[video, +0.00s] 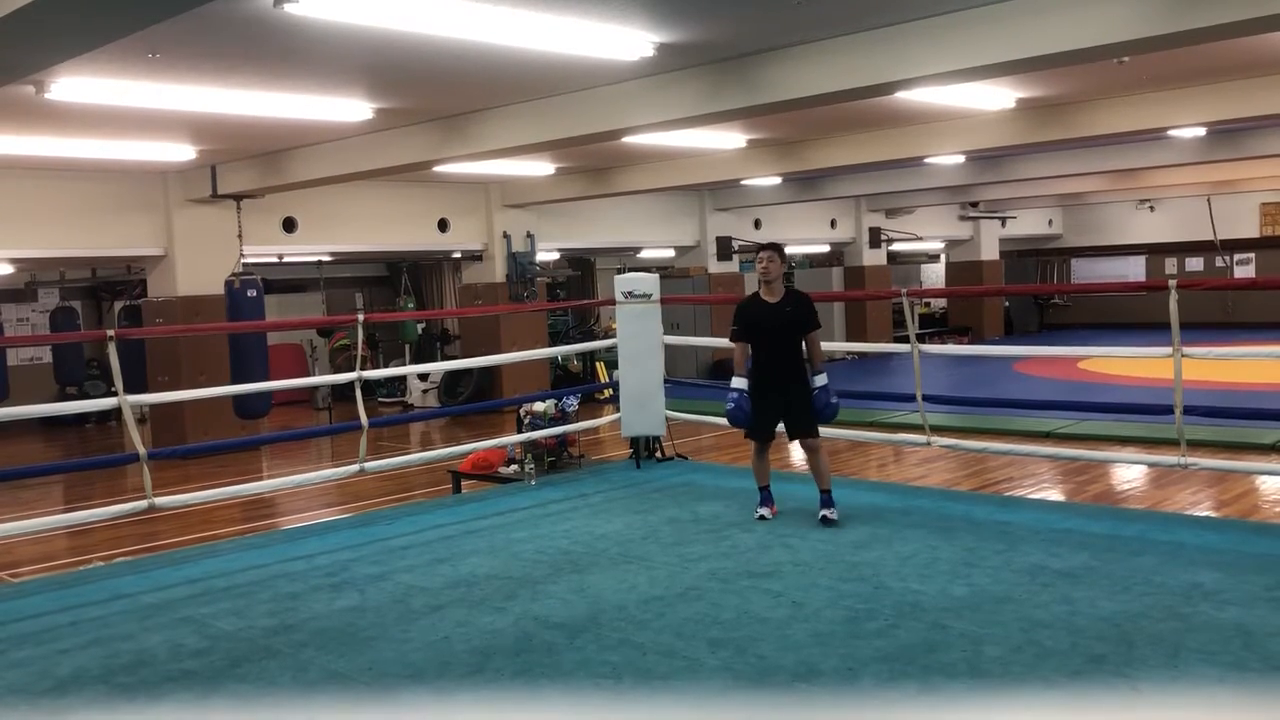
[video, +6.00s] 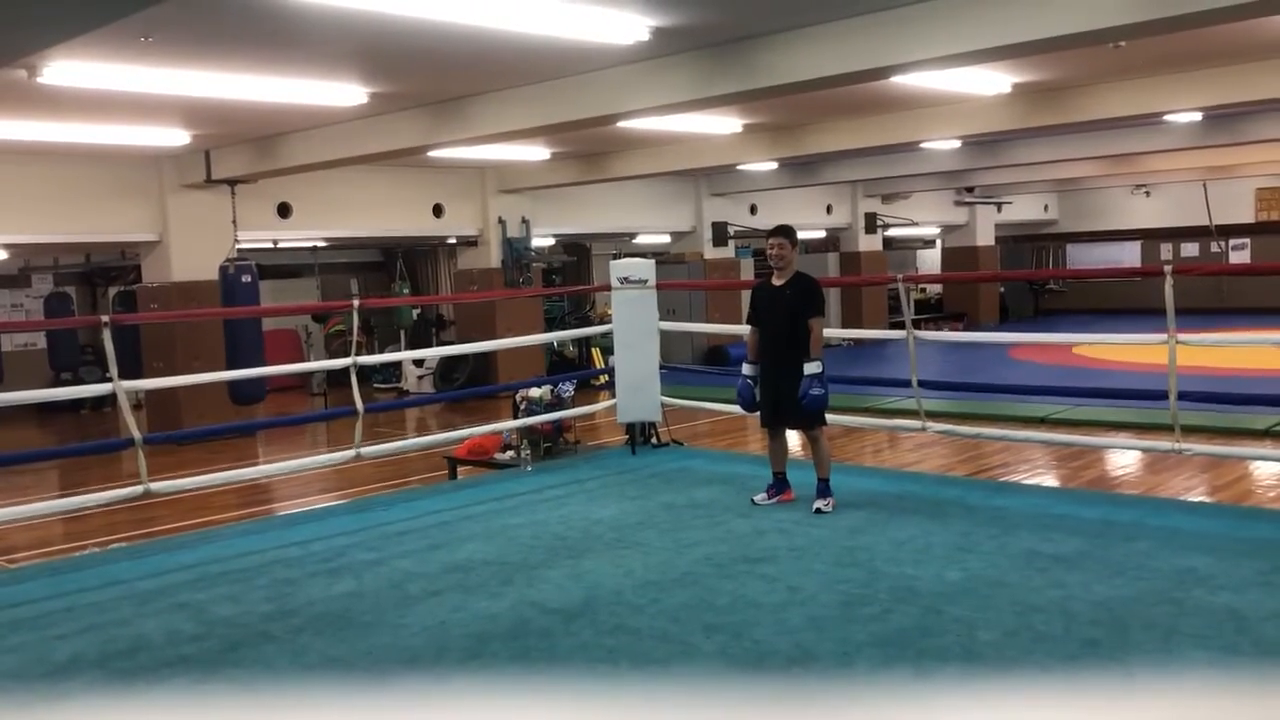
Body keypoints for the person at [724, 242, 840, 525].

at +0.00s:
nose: (764, 265)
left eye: (770, 261)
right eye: (760, 261)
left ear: (783, 266)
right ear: (756, 268)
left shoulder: (800, 301)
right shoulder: (746, 307)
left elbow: (813, 345)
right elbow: (740, 351)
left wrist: (821, 384)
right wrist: (737, 389)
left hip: (797, 385)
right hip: (761, 388)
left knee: (812, 443)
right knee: (760, 446)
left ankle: (827, 501)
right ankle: (765, 501)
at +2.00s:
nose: (769, 251)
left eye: (776, 246)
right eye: (766, 246)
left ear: (789, 252)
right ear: (761, 252)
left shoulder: (804, 288)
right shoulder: (756, 291)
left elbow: (816, 332)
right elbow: (748, 336)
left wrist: (818, 374)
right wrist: (742, 377)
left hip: (798, 375)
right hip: (766, 376)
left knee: (809, 434)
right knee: (768, 432)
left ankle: (817, 492)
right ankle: (773, 487)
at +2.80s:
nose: (777, 250)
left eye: (783, 245)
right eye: (772, 245)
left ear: (795, 249)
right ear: (767, 251)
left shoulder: (810, 284)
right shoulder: (761, 290)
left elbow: (820, 318)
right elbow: (754, 333)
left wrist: (810, 351)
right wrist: (750, 375)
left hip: (801, 367)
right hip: (770, 369)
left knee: (816, 431)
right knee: (775, 430)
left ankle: (825, 490)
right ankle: (781, 485)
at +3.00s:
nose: (778, 250)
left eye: (785, 245)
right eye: (774, 245)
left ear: (797, 250)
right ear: (769, 251)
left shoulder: (810, 281)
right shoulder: (762, 289)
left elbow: (812, 303)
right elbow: (755, 333)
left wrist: (795, 310)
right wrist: (750, 375)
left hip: (804, 370)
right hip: (773, 371)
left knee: (816, 431)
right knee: (776, 429)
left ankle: (826, 491)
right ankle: (781, 485)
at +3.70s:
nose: (775, 251)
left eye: (782, 246)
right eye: (772, 246)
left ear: (794, 249)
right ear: (766, 251)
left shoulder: (807, 283)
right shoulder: (763, 290)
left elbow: (810, 318)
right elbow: (759, 331)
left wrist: (799, 349)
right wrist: (756, 367)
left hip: (802, 365)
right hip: (771, 365)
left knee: (815, 427)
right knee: (775, 427)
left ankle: (825, 488)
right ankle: (781, 483)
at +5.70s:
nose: (772, 253)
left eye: (778, 247)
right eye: (768, 248)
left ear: (792, 250)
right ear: (763, 252)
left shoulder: (806, 286)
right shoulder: (759, 289)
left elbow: (814, 330)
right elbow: (752, 333)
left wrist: (814, 372)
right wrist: (747, 375)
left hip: (799, 372)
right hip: (768, 372)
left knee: (812, 431)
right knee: (772, 430)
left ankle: (822, 490)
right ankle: (778, 484)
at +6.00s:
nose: (774, 252)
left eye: (781, 247)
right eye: (770, 248)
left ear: (794, 250)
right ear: (766, 252)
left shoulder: (808, 286)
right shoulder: (761, 289)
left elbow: (816, 331)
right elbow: (754, 333)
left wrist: (815, 372)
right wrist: (748, 375)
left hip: (801, 372)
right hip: (770, 372)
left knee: (813, 432)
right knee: (774, 430)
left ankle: (823, 490)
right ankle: (779, 485)